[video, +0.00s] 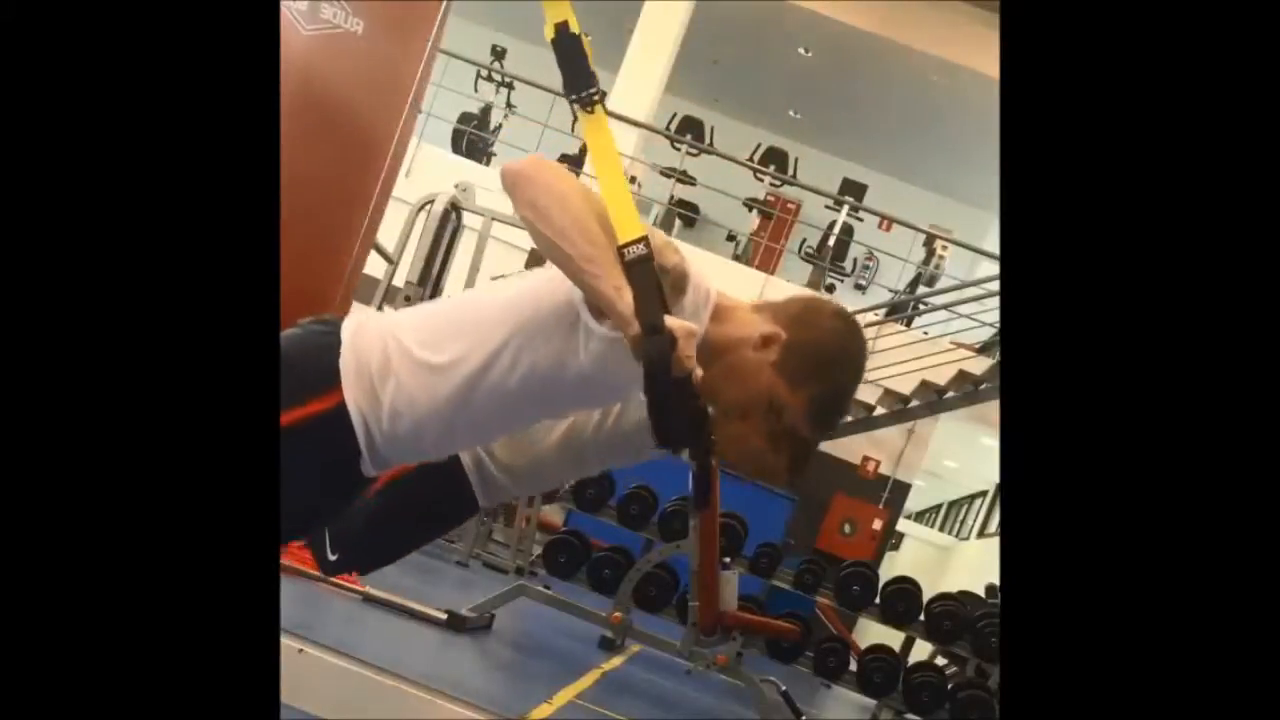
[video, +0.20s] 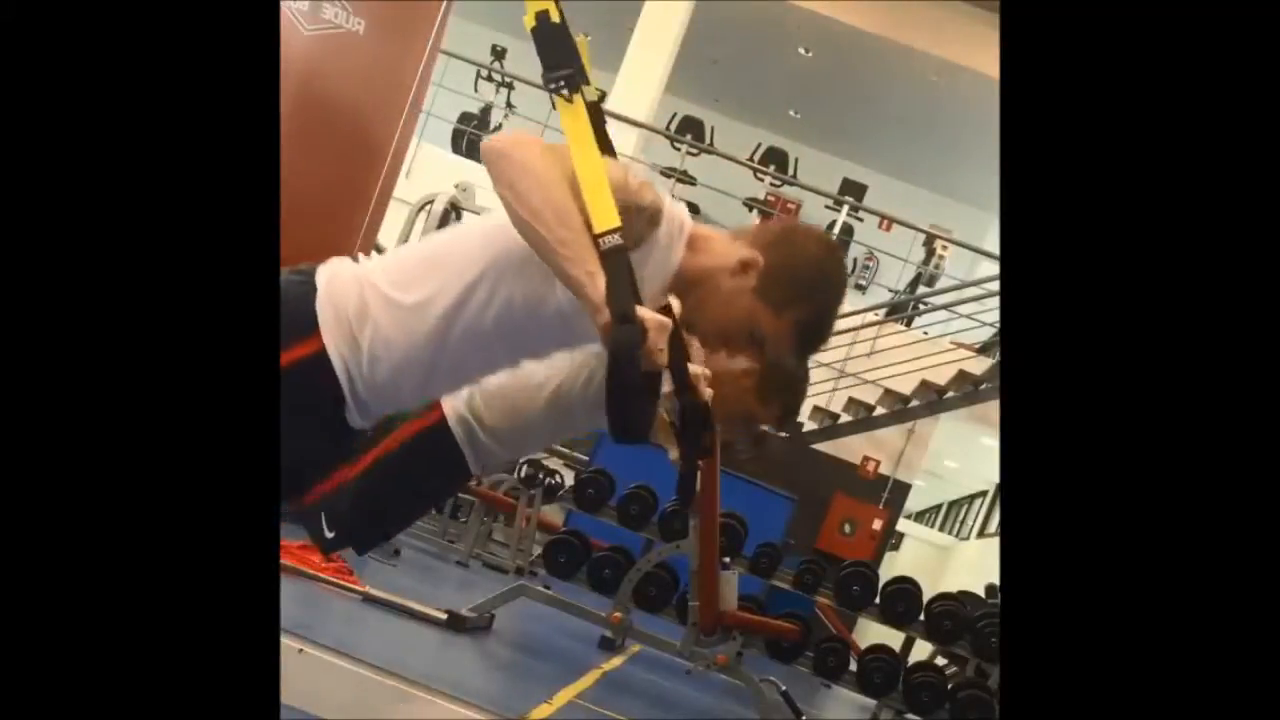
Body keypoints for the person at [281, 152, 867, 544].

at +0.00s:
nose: (749, 423)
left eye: (768, 423)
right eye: (768, 410)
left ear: (766, 338)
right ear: (767, 341)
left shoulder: (678, 367)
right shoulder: (667, 277)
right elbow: (528, 177)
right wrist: (629, 313)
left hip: (357, 448)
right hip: (326, 402)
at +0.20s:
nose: (731, 354)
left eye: (752, 354)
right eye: (750, 338)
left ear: (748, 258)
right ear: (748, 263)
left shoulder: (660, 305)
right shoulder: (647, 211)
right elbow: (511, 152)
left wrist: (666, 393)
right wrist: (612, 307)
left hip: (349, 414)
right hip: (311, 345)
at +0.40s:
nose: (721, 278)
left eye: (741, 274)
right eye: (738, 261)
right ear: (729, 191)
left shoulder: (633, 233)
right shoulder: (615, 140)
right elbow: (500, 139)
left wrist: (656, 372)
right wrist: (597, 289)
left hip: (345, 361)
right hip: (307, 300)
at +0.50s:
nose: (714, 243)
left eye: (735, 237)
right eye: (732, 222)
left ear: (722, 142)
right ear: (721, 147)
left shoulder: (622, 213)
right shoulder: (603, 106)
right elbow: (497, 134)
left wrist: (667, 385)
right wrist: (593, 276)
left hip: (343, 352)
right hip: (298, 287)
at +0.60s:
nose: (706, 200)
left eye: (728, 194)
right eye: (721, 177)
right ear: (700, 109)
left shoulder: (612, 173)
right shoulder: (578, 75)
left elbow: (610, 278)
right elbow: (500, 142)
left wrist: (656, 375)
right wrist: (594, 282)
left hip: (338, 342)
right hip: (295, 278)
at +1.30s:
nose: (727, 234)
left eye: (745, 228)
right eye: (741, 213)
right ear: (719, 146)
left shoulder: (624, 211)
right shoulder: (603, 115)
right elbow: (485, 132)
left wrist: (660, 396)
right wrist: (587, 281)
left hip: (353, 373)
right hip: (310, 316)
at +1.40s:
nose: (743, 287)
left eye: (761, 281)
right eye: (757, 266)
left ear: (739, 195)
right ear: (740, 198)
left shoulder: (646, 244)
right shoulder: (622, 159)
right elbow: (488, 139)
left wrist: (648, 391)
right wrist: (603, 280)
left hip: (360, 400)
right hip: (318, 341)